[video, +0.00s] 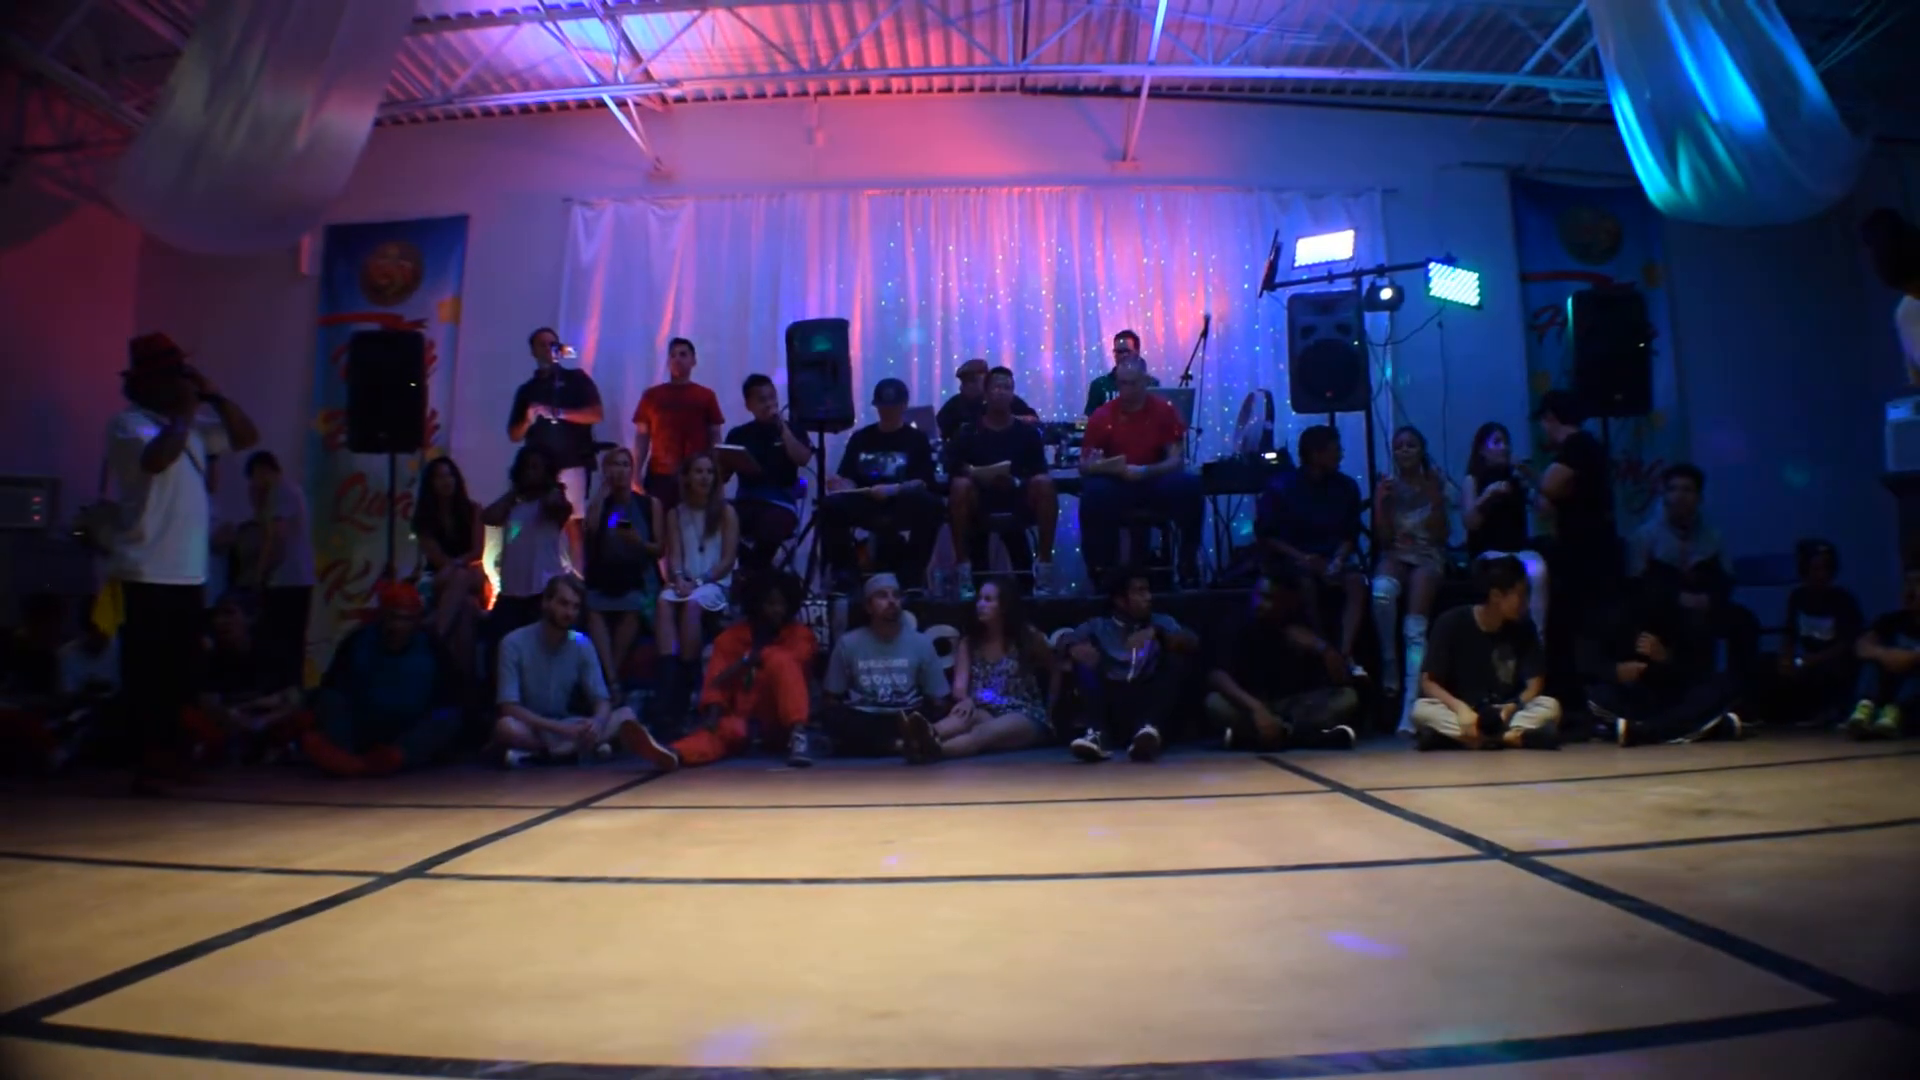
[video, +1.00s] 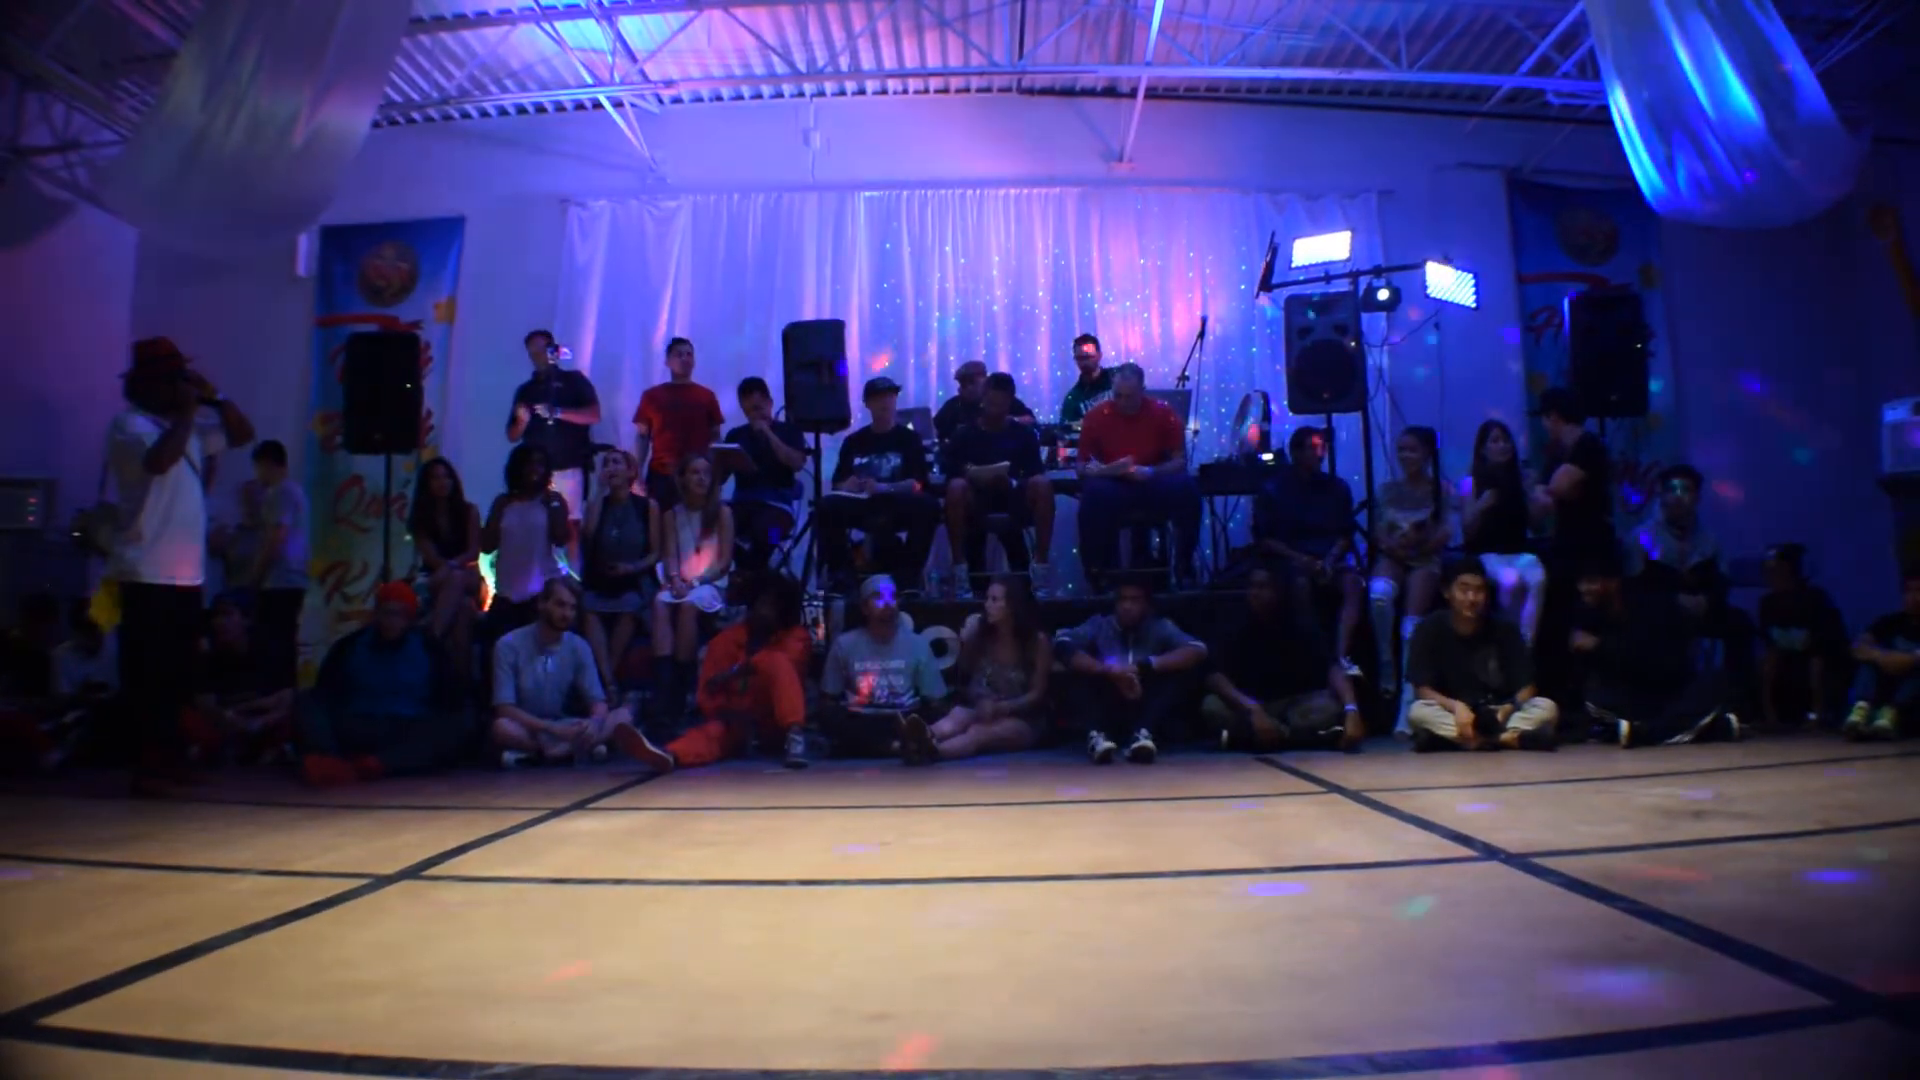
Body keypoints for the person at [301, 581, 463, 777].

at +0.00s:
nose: (399, 626)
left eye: (407, 619)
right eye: (393, 617)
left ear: (416, 619)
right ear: (382, 615)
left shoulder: (429, 646)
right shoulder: (359, 641)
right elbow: (331, 686)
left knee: (447, 718)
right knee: (330, 700)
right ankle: (340, 754)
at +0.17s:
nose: (406, 616)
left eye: (411, 608)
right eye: (397, 608)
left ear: (418, 610)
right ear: (382, 611)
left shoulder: (429, 642)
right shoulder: (357, 639)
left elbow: (447, 685)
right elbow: (331, 679)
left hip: (411, 718)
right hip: (361, 717)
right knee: (331, 687)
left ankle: (389, 755)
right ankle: (339, 752)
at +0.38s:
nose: (404, 616)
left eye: (409, 609)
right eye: (396, 609)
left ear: (416, 612)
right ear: (381, 612)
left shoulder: (427, 642)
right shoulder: (358, 638)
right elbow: (333, 675)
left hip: (410, 714)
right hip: (360, 712)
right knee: (326, 675)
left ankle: (390, 754)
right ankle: (336, 748)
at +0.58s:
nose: (405, 615)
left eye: (410, 608)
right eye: (397, 609)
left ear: (417, 611)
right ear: (382, 611)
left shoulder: (431, 645)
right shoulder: (356, 643)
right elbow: (328, 690)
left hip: (415, 720)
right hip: (361, 716)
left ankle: (394, 757)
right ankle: (335, 753)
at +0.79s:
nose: (399, 619)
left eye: (406, 612)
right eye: (392, 612)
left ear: (416, 616)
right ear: (379, 614)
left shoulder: (431, 649)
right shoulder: (353, 645)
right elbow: (329, 690)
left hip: (414, 722)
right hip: (356, 721)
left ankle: (389, 760)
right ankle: (330, 755)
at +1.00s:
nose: (391, 621)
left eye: (398, 614)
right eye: (386, 613)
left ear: (411, 617)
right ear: (376, 614)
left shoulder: (427, 650)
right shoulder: (349, 647)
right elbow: (326, 691)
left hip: (410, 726)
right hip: (353, 725)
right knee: (308, 705)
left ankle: (383, 763)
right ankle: (327, 760)